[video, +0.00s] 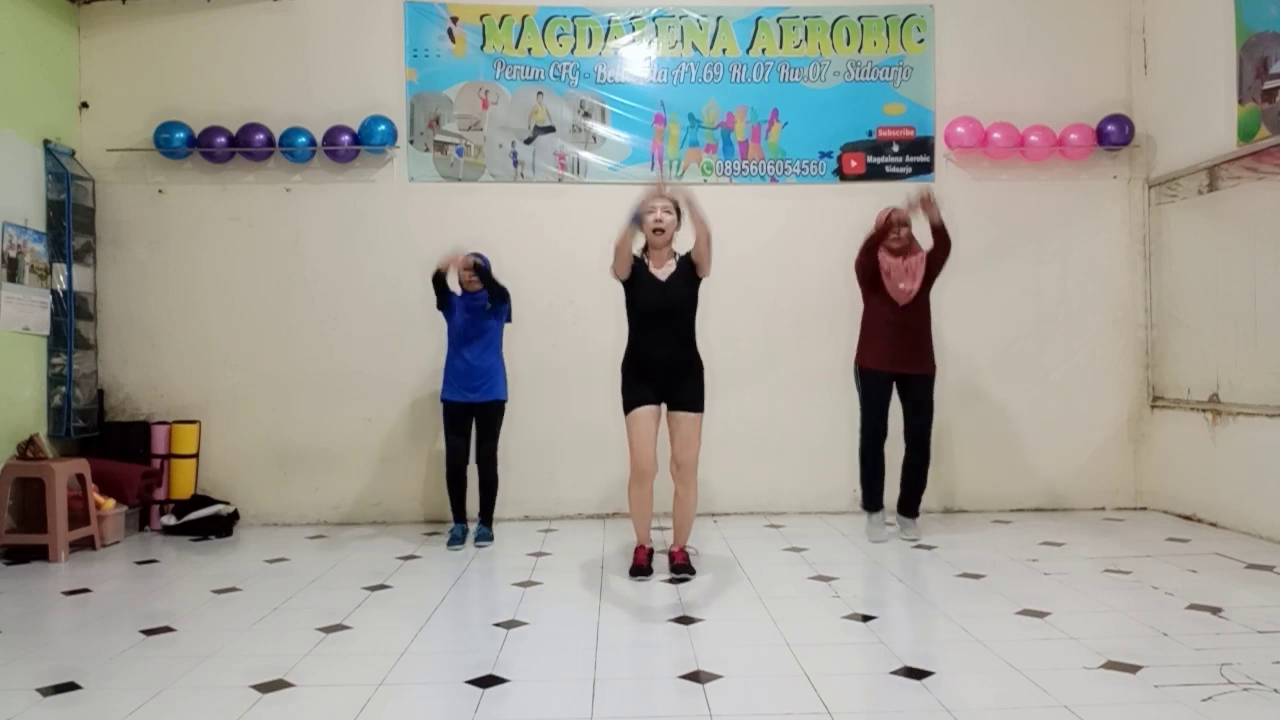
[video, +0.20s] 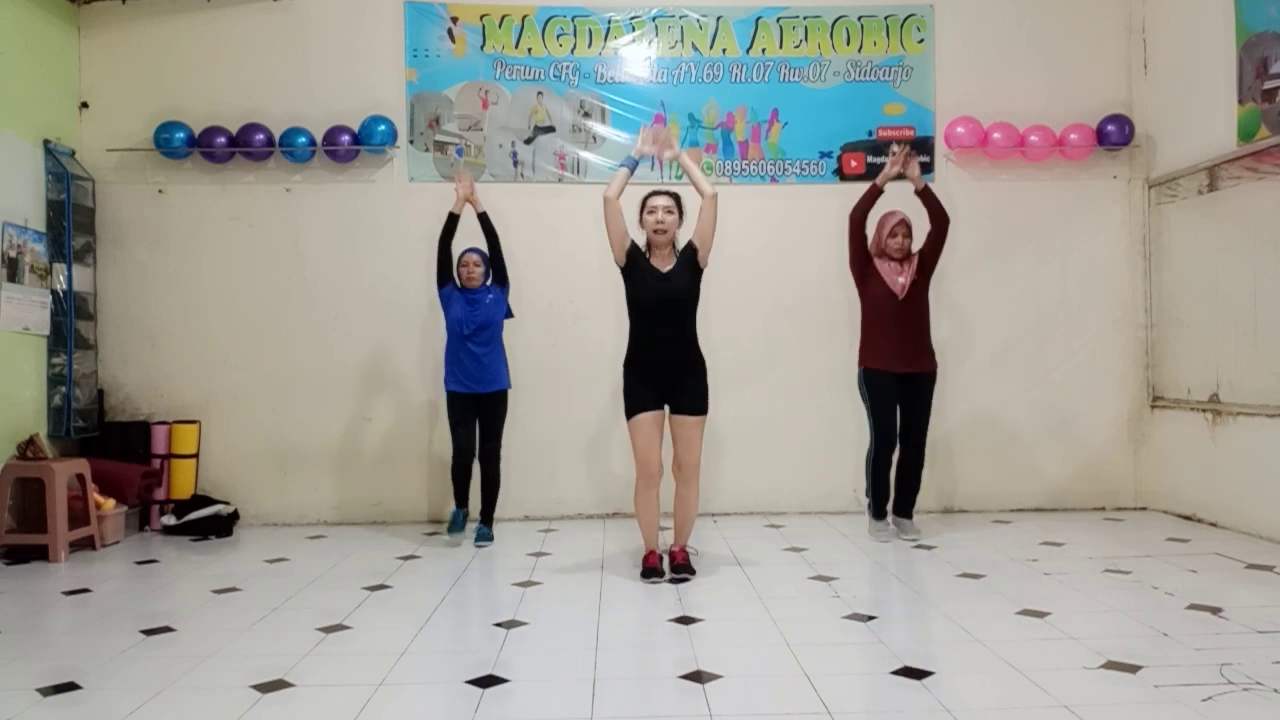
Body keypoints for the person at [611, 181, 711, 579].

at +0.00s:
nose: (658, 217)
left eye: (667, 212)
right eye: (651, 212)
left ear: (677, 224)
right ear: (640, 225)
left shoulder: (692, 266)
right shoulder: (629, 268)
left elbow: (704, 235)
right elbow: (621, 252)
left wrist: (684, 198)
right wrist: (637, 214)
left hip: (685, 372)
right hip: (640, 372)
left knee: (684, 465)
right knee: (642, 466)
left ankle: (679, 549)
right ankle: (642, 546)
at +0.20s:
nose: (660, 217)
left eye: (667, 212)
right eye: (653, 212)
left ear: (679, 222)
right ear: (642, 221)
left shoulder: (692, 260)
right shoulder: (631, 260)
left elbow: (708, 196)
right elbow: (610, 198)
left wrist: (678, 152)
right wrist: (637, 153)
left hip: (688, 370)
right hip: (643, 371)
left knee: (687, 467)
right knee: (649, 467)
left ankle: (680, 549)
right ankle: (652, 551)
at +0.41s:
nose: (659, 220)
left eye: (667, 214)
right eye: (651, 214)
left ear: (678, 222)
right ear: (640, 222)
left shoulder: (693, 259)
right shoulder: (628, 260)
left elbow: (717, 202)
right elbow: (598, 203)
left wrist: (677, 206)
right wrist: (639, 202)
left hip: (687, 372)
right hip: (640, 373)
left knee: (688, 470)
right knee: (647, 472)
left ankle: (684, 545)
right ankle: (651, 552)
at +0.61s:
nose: (658, 205)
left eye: (665, 199)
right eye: (650, 199)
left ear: (677, 211)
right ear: (639, 211)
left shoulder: (691, 253)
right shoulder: (629, 254)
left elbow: (700, 189)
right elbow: (611, 195)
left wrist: (679, 135)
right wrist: (630, 140)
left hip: (687, 364)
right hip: (641, 365)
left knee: (687, 460)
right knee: (647, 462)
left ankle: (686, 545)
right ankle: (650, 549)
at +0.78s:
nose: (657, 185)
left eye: (665, 180)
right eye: (650, 180)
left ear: (676, 191)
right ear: (639, 191)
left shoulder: (689, 231)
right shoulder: (631, 232)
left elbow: (701, 229)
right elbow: (615, 233)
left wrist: (699, 225)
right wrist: (613, 227)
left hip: (686, 339)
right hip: (641, 339)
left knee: (686, 435)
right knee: (644, 436)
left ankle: (683, 528)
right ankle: (648, 527)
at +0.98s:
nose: (657, 221)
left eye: (665, 216)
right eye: (649, 216)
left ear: (676, 228)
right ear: (638, 229)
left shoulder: (695, 277)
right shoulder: (626, 281)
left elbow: (703, 331)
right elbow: (619, 337)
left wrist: (695, 378)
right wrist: (622, 388)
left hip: (687, 381)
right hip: (641, 383)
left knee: (686, 472)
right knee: (645, 473)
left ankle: (679, 551)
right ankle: (645, 552)